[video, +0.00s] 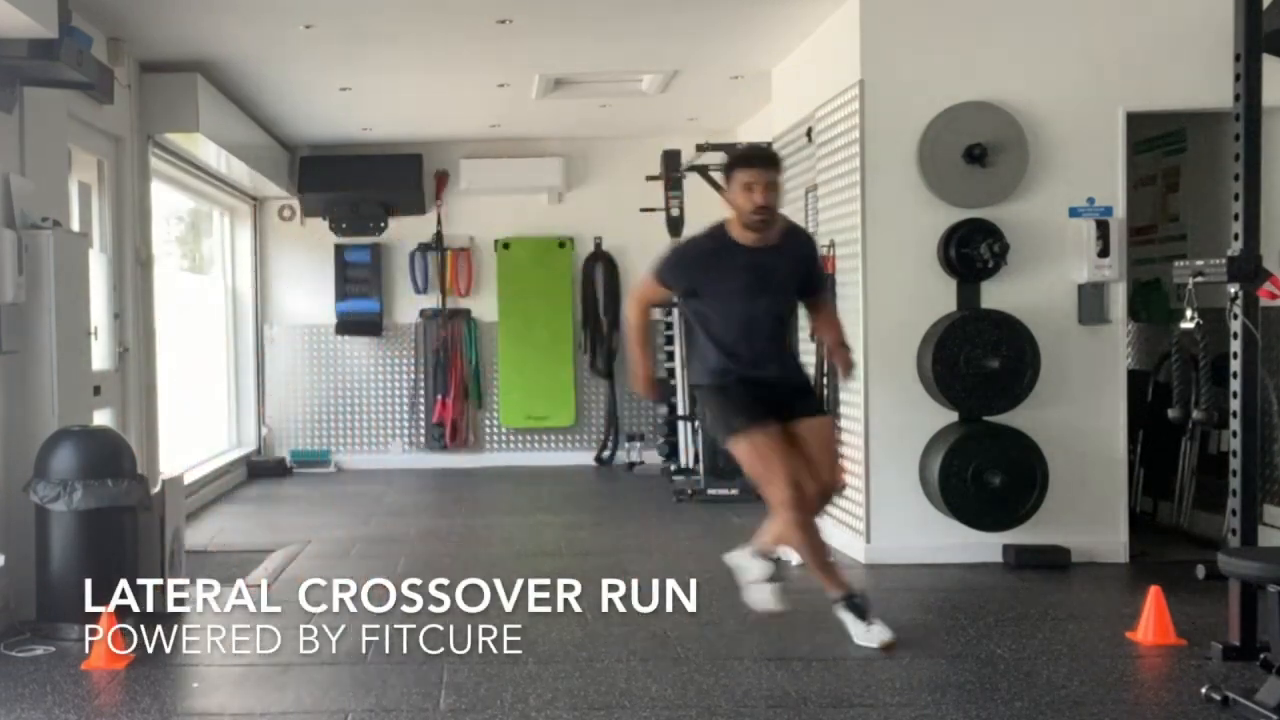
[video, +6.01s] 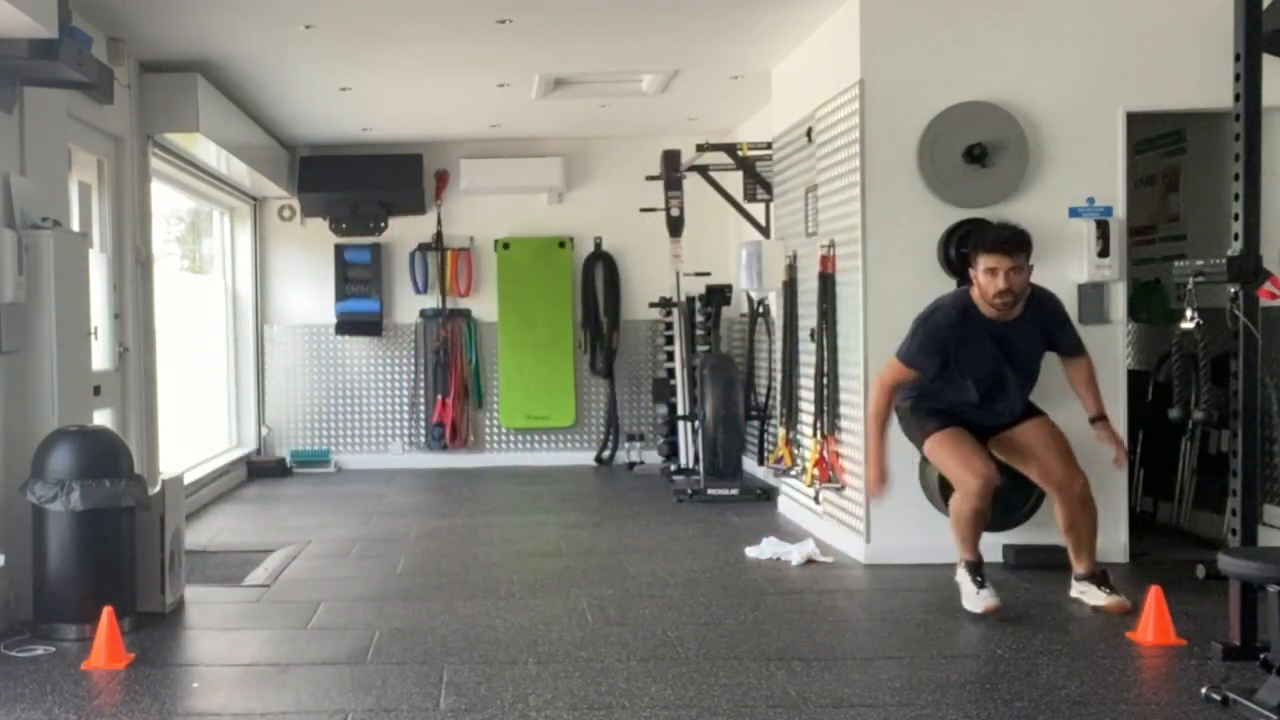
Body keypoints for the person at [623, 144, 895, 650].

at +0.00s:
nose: (761, 198)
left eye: (769, 187)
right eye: (749, 188)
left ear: (779, 189)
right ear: (727, 192)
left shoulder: (797, 245)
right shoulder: (697, 256)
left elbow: (819, 301)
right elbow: (639, 299)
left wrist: (833, 337)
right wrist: (642, 369)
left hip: (786, 378)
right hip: (727, 385)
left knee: (824, 480)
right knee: (787, 491)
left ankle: (755, 553)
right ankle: (846, 600)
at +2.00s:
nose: (368, 254)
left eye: (379, 243)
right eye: (357, 242)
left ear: (393, 246)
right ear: (340, 244)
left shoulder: (420, 302)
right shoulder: (318, 286)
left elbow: (469, 345)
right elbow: (275, 315)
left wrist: (491, 395)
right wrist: (246, 376)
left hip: (365, 424)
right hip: (314, 397)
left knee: (320, 510)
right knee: (309, 474)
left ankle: (260, 580)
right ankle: (256, 568)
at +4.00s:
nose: (497, 226)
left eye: (506, 214)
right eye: (487, 215)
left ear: (521, 213)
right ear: (474, 217)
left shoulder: (557, 264)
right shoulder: (464, 261)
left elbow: (600, 313)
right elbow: (422, 301)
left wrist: (628, 357)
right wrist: (413, 314)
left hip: (534, 381)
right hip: (481, 382)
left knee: (482, 469)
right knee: (480, 487)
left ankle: (449, 572)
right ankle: (562, 555)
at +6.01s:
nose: (1005, 284)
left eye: (1015, 271)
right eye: (992, 272)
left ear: (1029, 271)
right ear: (972, 275)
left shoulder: (1044, 308)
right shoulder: (944, 319)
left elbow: (1075, 359)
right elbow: (885, 383)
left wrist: (1099, 419)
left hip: (1002, 404)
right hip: (933, 408)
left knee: (1072, 484)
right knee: (979, 478)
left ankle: (1085, 578)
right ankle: (969, 567)